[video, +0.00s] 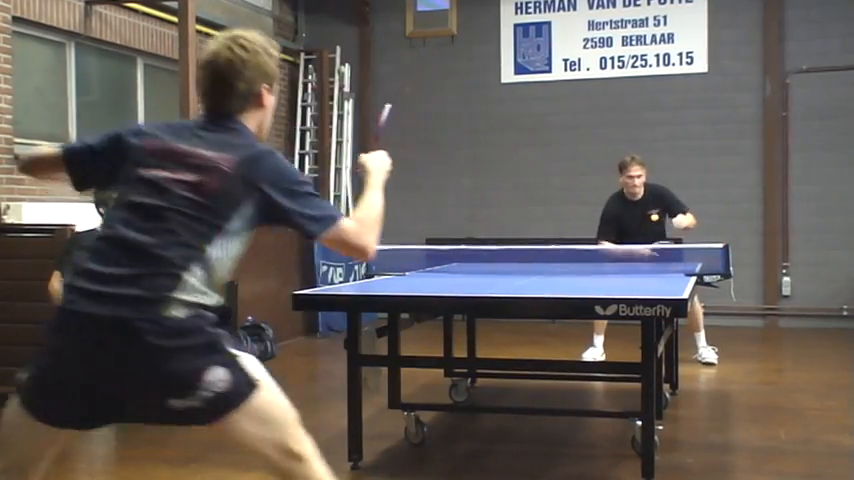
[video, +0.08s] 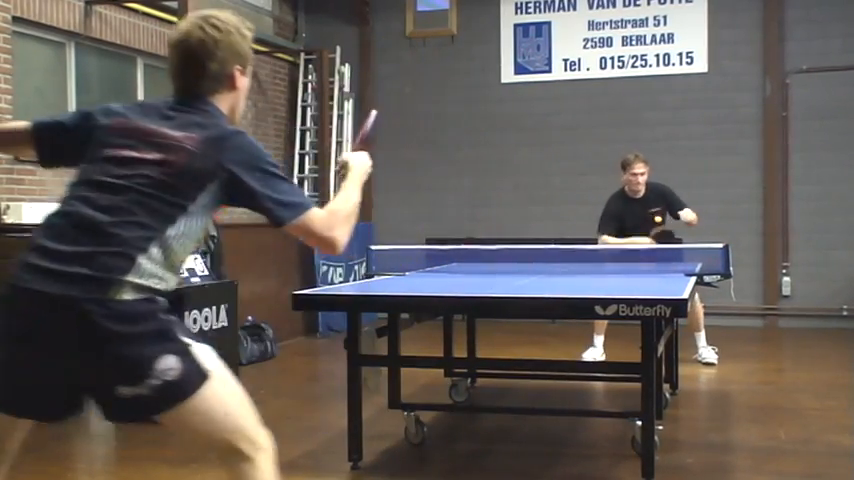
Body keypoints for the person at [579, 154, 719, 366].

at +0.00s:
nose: (635, 182)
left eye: (639, 176)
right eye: (630, 177)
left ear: (645, 177)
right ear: (621, 178)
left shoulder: (659, 194)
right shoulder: (614, 203)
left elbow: (691, 219)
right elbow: (602, 243)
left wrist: (684, 222)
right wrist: (633, 252)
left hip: (659, 265)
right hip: (623, 267)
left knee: (690, 295)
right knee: (602, 296)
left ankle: (702, 347)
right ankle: (597, 347)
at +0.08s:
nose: (638, 180)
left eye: (642, 174)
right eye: (633, 175)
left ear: (648, 174)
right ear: (623, 176)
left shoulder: (660, 192)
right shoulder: (615, 201)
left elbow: (692, 219)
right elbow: (603, 239)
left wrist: (686, 216)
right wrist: (639, 241)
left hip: (660, 262)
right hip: (623, 265)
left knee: (691, 293)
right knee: (603, 295)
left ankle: (703, 347)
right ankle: (597, 347)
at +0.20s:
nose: (643, 173)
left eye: (647, 169)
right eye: (638, 168)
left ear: (652, 170)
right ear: (628, 170)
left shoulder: (662, 189)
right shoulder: (620, 195)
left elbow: (691, 218)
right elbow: (606, 233)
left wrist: (695, 210)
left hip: (663, 262)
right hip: (627, 263)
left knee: (693, 294)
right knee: (604, 296)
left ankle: (703, 347)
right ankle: (597, 347)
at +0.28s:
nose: (646, 169)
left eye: (651, 165)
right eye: (642, 165)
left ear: (656, 167)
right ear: (632, 166)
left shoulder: (666, 189)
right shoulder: (622, 194)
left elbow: (695, 218)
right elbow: (607, 222)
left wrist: (699, 208)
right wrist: (597, 205)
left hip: (665, 261)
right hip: (629, 262)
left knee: (694, 294)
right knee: (605, 296)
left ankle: (703, 347)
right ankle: (597, 347)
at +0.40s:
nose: (649, 166)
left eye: (653, 162)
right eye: (644, 161)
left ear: (659, 164)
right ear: (635, 163)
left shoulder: (670, 187)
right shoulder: (624, 191)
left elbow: (693, 215)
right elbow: (602, 216)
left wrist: (698, 212)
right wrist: (587, 202)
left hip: (667, 260)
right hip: (630, 262)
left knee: (692, 293)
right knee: (607, 295)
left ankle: (703, 347)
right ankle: (597, 347)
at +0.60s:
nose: (638, 168)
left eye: (643, 164)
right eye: (633, 164)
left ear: (651, 167)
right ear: (626, 167)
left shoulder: (666, 190)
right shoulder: (619, 194)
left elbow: (688, 219)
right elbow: (597, 222)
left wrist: (680, 227)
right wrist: (583, 220)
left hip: (664, 262)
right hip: (626, 263)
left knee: (684, 299)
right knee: (591, 290)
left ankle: (701, 347)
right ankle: (580, 340)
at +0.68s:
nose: (628, 171)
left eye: (633, 167)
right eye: (624, 167)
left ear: (641, 170)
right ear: (617, 170)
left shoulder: (656, 193)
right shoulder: (609, 198)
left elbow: (678, 222)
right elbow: (590, 225)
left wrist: (671, 231)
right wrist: (575, 230)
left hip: (656, 263)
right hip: (618, 264)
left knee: (679, 298)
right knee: (587, 293)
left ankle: (701, 347)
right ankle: (574, 342)